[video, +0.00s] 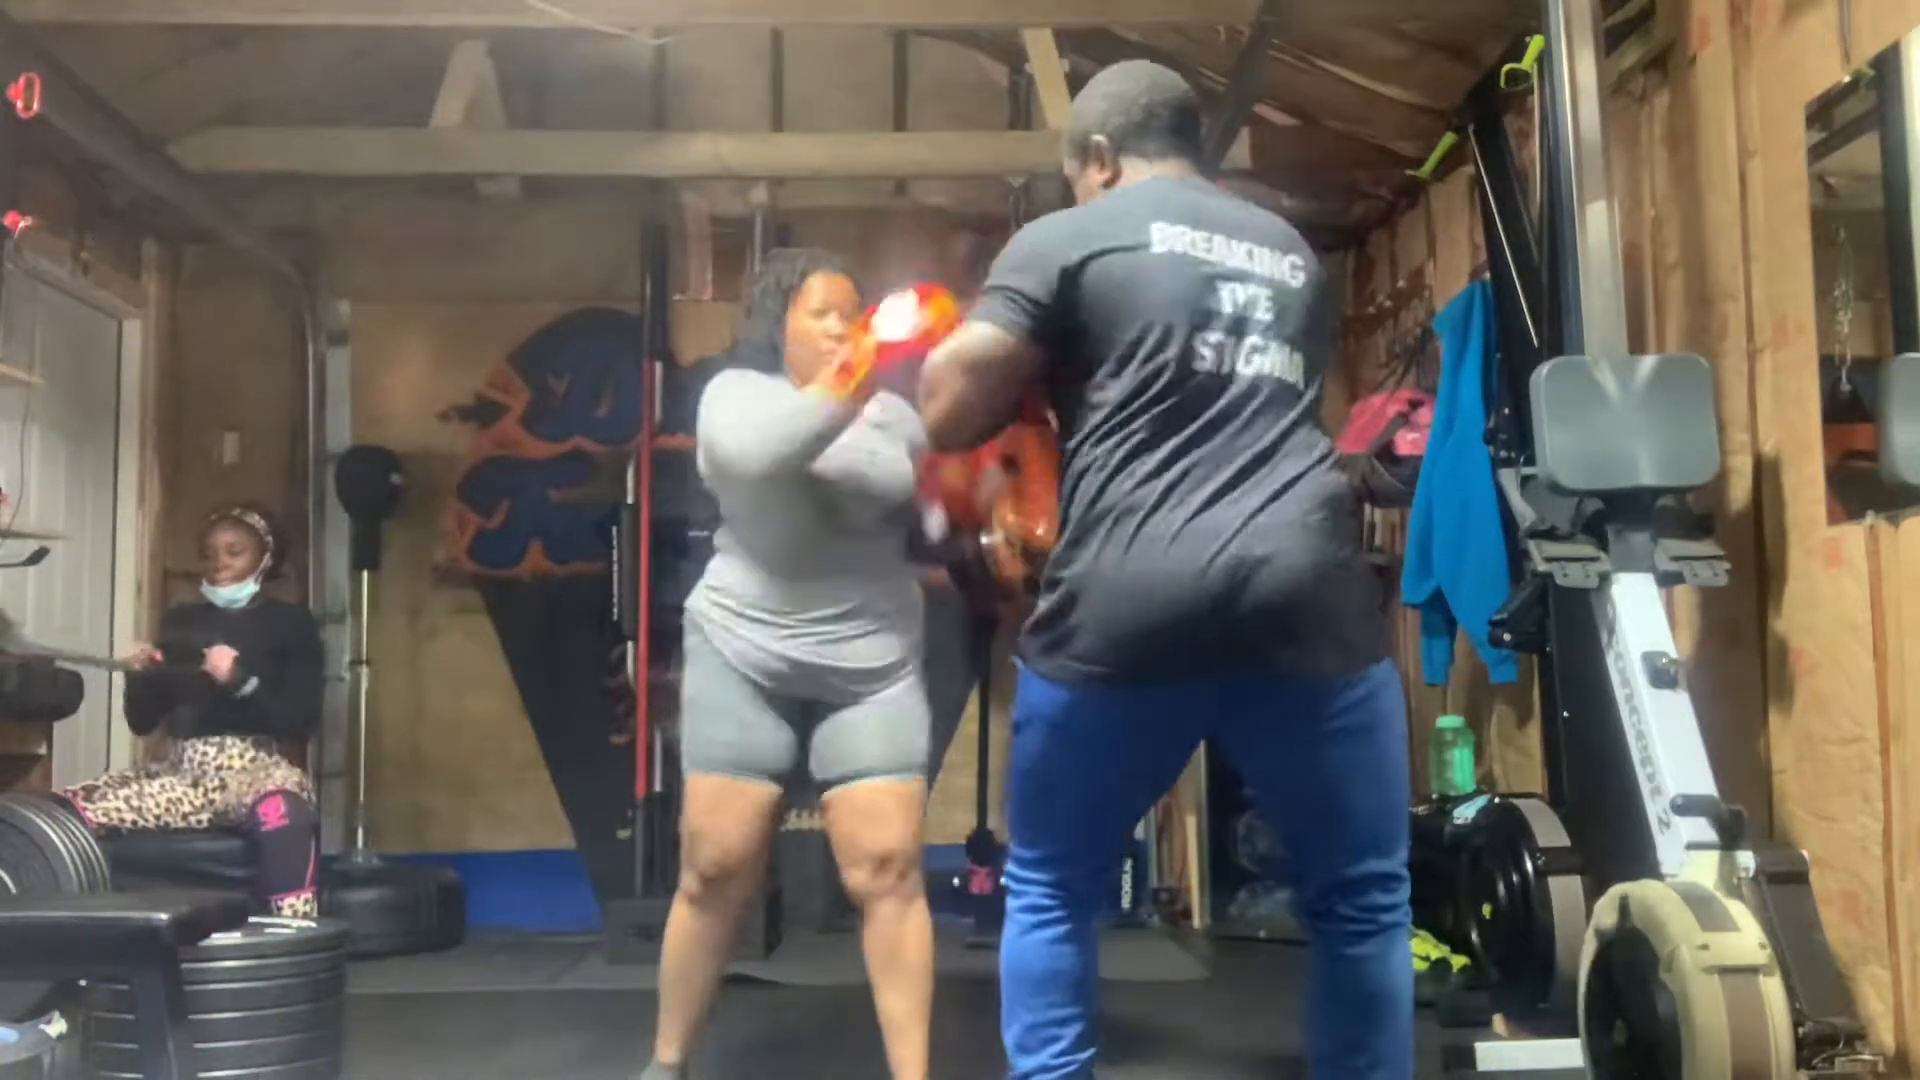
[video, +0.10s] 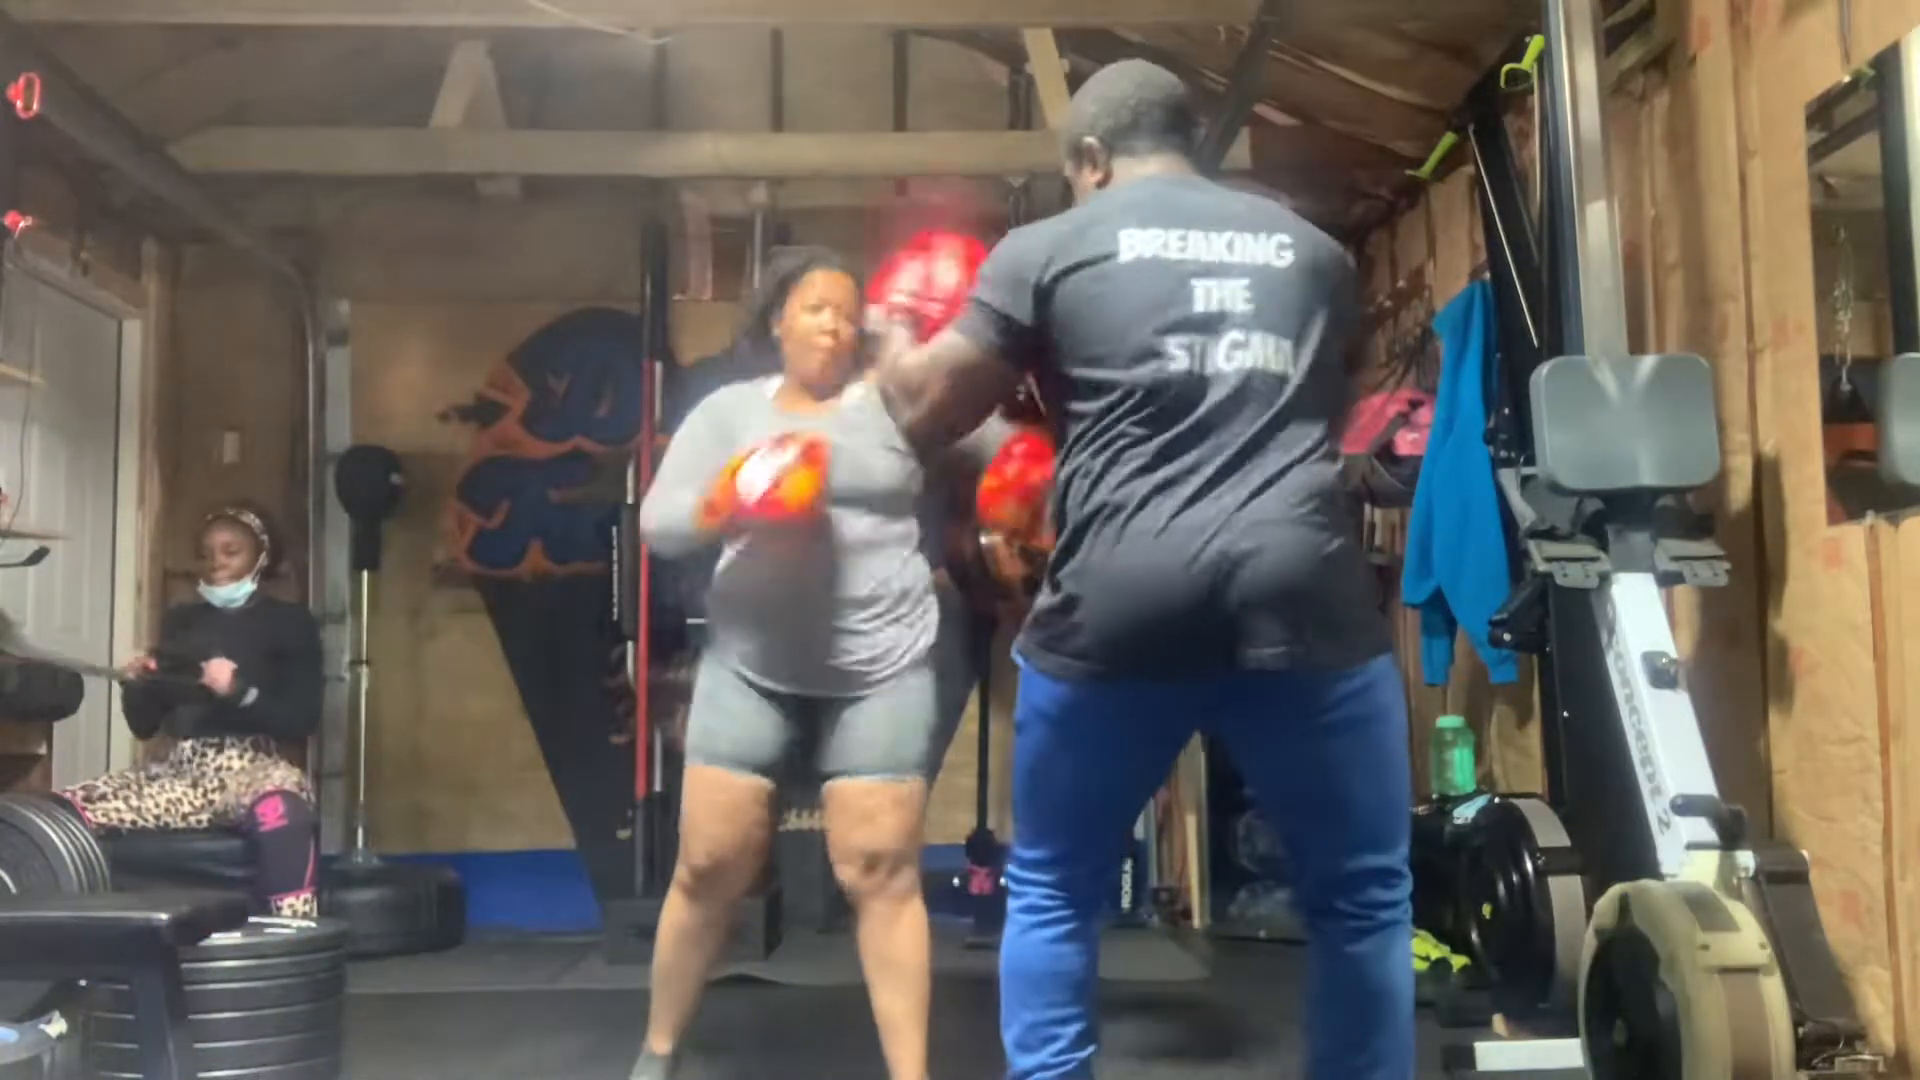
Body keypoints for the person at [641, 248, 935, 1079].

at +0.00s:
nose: (848, 333)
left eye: (857, 317)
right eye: (827, 314)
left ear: (869, 334)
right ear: (775, 324)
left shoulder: (891, 416)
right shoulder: (733, 393)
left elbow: (922, 514)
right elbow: (756, 448)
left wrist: (971, 519)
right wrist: (852, 382)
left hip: (872, 667)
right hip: (737, 655)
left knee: (886, 871)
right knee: (713, 869)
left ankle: (911, 1073)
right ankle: (666, 1062)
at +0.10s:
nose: (833, 327)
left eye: (847, 315)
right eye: (815, 310)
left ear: (861, 332)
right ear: (776, 324)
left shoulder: (901, 406)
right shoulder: (727, 413)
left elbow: (1001, 450)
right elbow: (656, 529)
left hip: (884, 672)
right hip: (748, 667)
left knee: (879, 869)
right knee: (707, 867)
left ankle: (909, 1073)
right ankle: (657, 1054)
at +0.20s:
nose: (841, 324)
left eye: (853, 307)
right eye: (821, 308)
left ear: (875, 322)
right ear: (784, 325)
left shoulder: (911, 413)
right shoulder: (739, 413)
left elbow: (1022, 427)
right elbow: (682, 543)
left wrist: (956, 367)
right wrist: (721, 523)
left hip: (889, 676)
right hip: (754, 668)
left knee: (885, 870)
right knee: (706, 868)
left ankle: (910, 1073)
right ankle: (655, 1055)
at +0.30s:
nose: (860, 326)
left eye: (871, 312)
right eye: (842, 310)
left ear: (885, 325)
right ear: (798, 322)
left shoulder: (919, 408)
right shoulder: (749, 406)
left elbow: (1009, 481)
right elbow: (693, 537)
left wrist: (969, 407)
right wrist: (753, 473)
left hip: (904, 663)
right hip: (767, 650)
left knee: (891, 868)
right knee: (719, 862)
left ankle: (910, 1072)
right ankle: (658, 1048)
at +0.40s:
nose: (890, 323)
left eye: (899, 307)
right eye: (871, 307)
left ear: (914, 318)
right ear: (821, 316)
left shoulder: (933, 397)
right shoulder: (777, 382)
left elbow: (997, 529)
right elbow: (724, 460)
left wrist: (998, 448)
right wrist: (825, 381)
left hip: (909, 667)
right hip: (779, 647)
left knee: (891, 870)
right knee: (731, 860)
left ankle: (911, 1073)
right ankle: (658, 1053)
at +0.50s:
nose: (900, 325)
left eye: (906, 312)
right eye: (880, 309)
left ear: (909, 323)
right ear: (826, 309)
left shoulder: (927, 424)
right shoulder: (787, 373)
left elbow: (973, 540)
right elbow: (868, 366)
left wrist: (1001, 452)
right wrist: (947, 301)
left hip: (904, 665)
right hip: (779, 641)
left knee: (890, 871)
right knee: (731, 870)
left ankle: (911, 1073)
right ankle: (661, 1056)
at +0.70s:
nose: (876, 343)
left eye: (887, 329)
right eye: (858, 326)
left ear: (897, 340)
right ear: (809, 330)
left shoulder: (908, 427)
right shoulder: (761, 399)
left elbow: (945, 561)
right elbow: (762, 494)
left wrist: (961, 474)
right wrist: (876, 443)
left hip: (877, 666)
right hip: (750, 647)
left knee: (883, 871)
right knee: (721, 879)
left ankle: (911, 1073)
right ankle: (660, 1061)